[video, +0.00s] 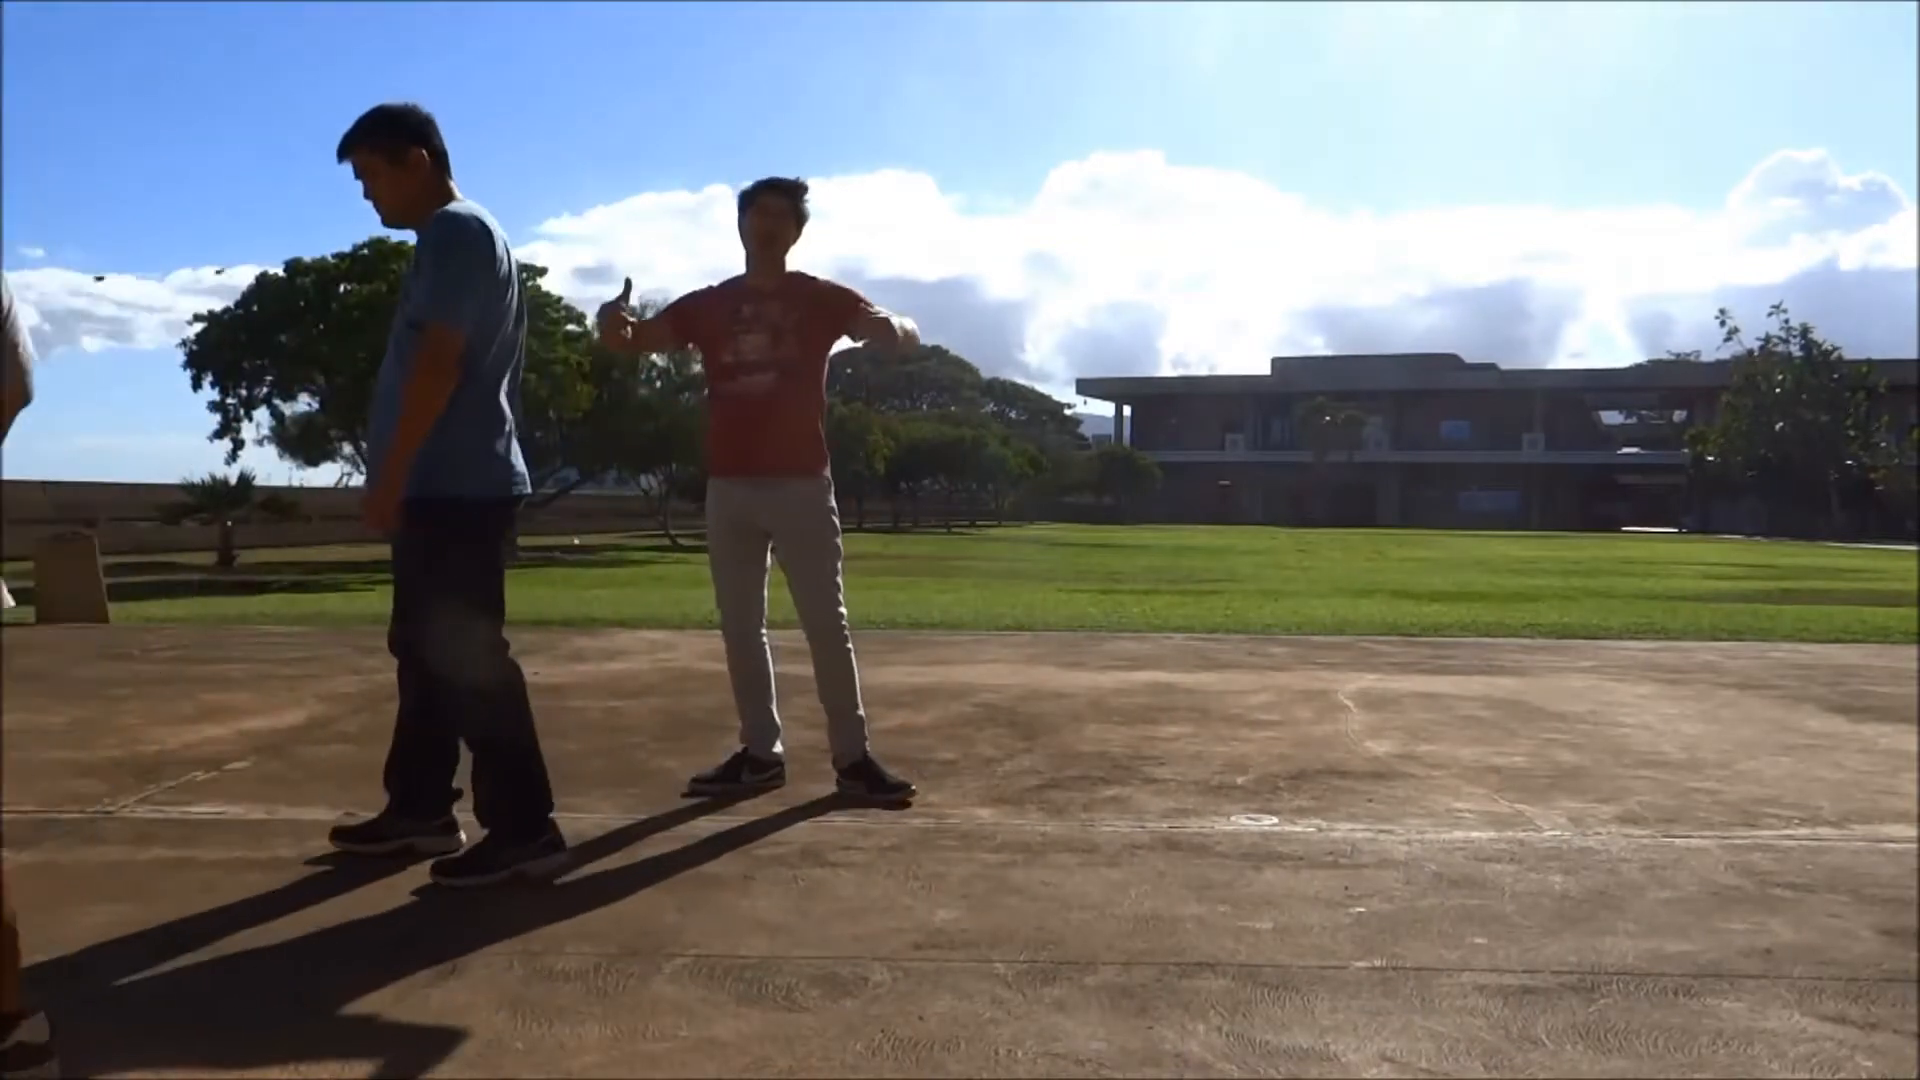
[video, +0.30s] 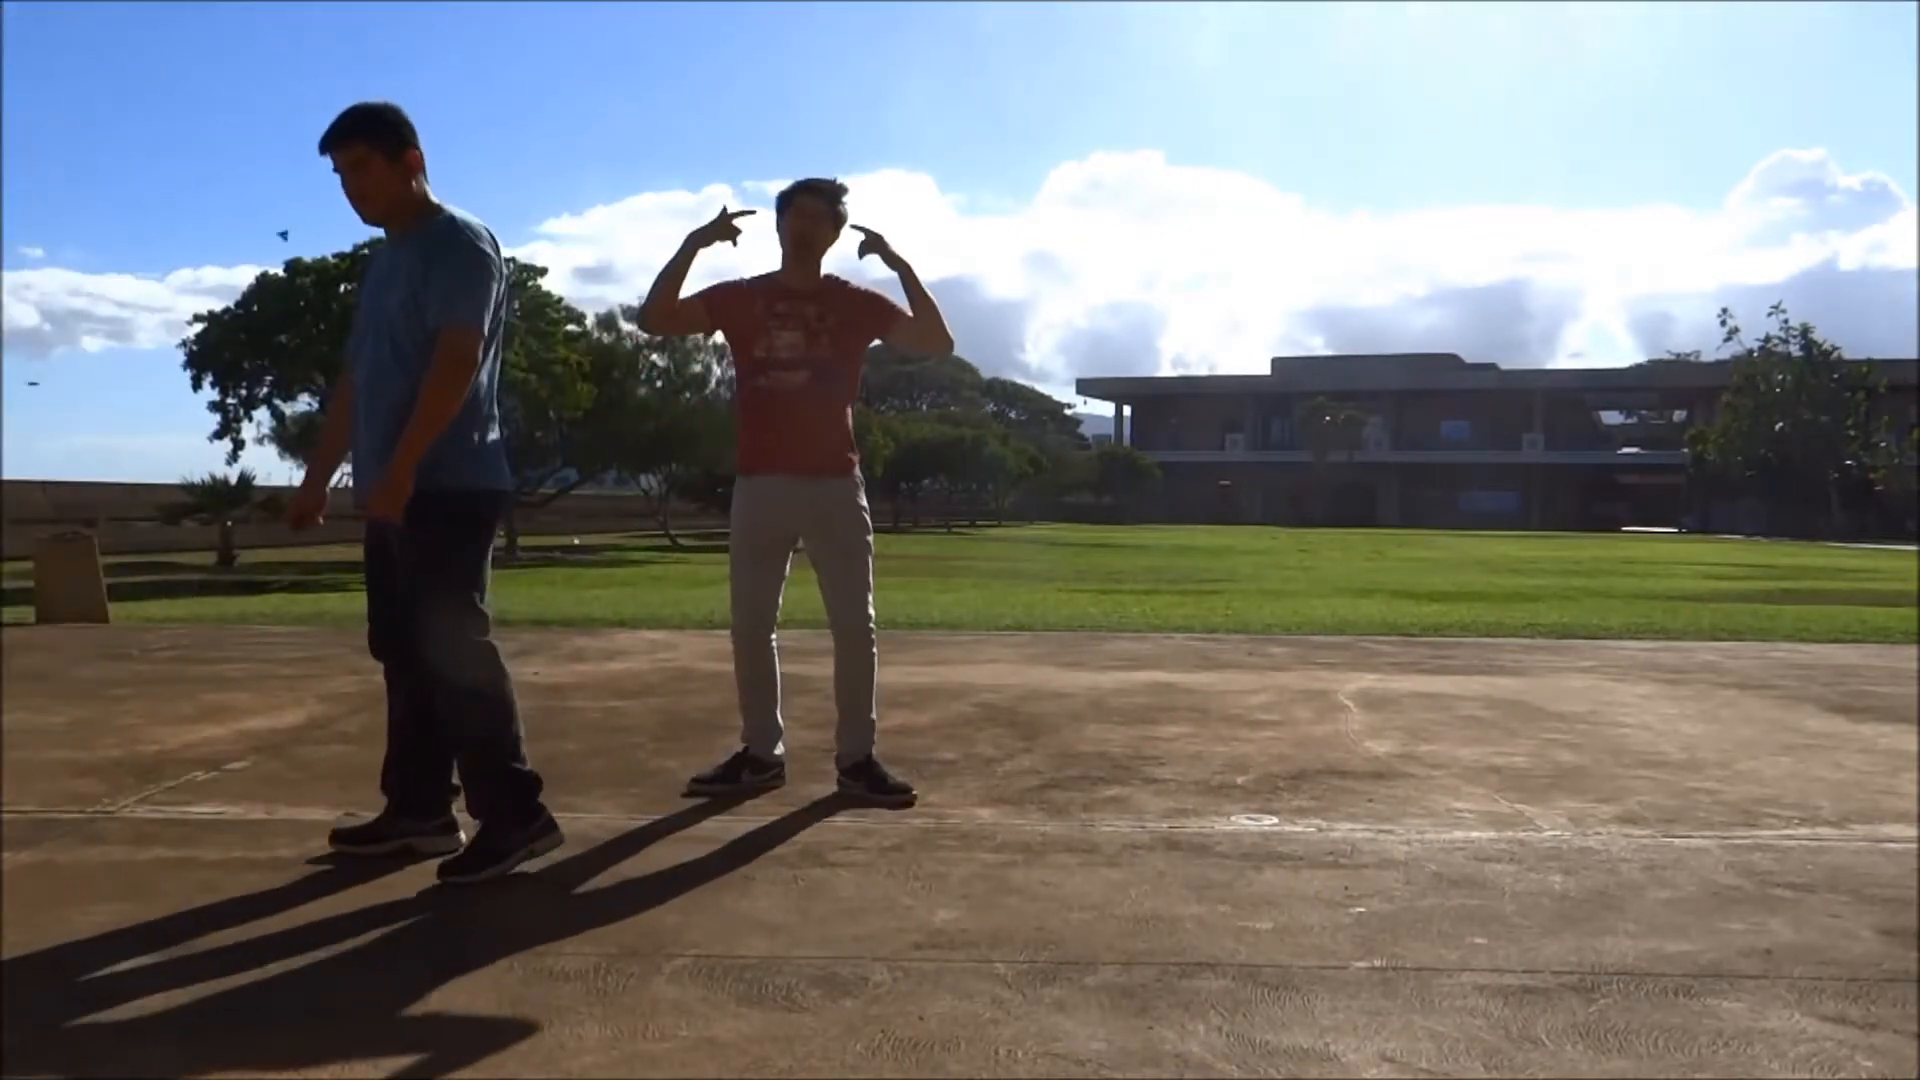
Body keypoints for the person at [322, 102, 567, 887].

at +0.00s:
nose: (369, 197)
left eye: (371, 179)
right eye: (363, 183)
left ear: (417, 161)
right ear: (420, 164)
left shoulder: (459, 234)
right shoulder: (459, 237)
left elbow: (442, 361)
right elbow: (465, 367)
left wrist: (393, 470)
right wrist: (404, 468)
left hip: (461, 486)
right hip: (440, 487)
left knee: (469, 653)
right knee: (422, 649)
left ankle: (525, 828)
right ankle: (419, 809)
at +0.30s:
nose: (350, 192)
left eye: (358, 174)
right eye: (342, 177)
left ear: (408, 163)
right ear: (357, 178)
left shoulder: (461, 247)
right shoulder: (380, 264)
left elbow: (458, 366)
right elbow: (354, 381)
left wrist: (401, 468)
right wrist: (317, 477)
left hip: (453, 484)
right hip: (393, 487)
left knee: (453, 642)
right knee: (401, 646)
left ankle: (516, 815)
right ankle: (418, 809)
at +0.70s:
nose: (383, 178)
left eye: (398, 162)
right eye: (369, 165)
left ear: (434, 165)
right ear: (356, 172)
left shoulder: (474, 249)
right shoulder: (343, 265)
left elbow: (496, 362)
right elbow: (318, 376)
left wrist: (453, 464)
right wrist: (291, 475)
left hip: (455, 485)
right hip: (371, 490)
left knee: (453, 651)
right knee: (389, 653)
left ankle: (468, 822)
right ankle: (408, 812)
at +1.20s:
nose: (462, 179)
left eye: (476, 165)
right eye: (445, 165)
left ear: (498, 168)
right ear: (418, 165)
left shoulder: (527, 260)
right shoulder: (371, 255)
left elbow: (548, 375)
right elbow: (331, 368)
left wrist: (518, 476)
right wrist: (300, 465)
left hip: (480, 492)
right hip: (382, 491)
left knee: (481, 663)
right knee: (368, 646)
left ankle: (475, 822)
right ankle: (407, 801)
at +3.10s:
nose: (478, 217)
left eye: (486, 204)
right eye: (465, 202)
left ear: (493, 204)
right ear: (425, 195)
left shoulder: (490, 280)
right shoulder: (365, 265)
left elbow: (539, 363)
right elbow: (298, 348)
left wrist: (561, 293)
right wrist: (336, 262)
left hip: (474, 495)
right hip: (385, 497)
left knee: (503, 639)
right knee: (362, 658)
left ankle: (524, 778)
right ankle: (335, 805)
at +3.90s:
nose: (630, 243)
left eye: (637, 230)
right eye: (626, 227)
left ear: (620, 223)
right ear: (586, 210)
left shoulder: (619, 293)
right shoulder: (516, 276)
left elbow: (641, 372)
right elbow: (469, 374)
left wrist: (725, 393)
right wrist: (488, 352)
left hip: (601, 488)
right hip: (542, 486)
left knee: (565, 627)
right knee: (595, 620)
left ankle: (530, 781)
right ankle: (644, 780)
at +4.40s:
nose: (723, 237)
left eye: (729, 224)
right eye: (719, 221)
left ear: (693, 211)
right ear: (675, 203)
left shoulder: (678, 276)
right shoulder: (627, 269)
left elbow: (686, 390)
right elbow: (586, 373)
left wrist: (720, 470)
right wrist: (552, 470)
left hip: (658, 490)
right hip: (630, 490)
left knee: (612, 630)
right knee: (654, 633)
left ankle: (542, 766)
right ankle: (661, 793)